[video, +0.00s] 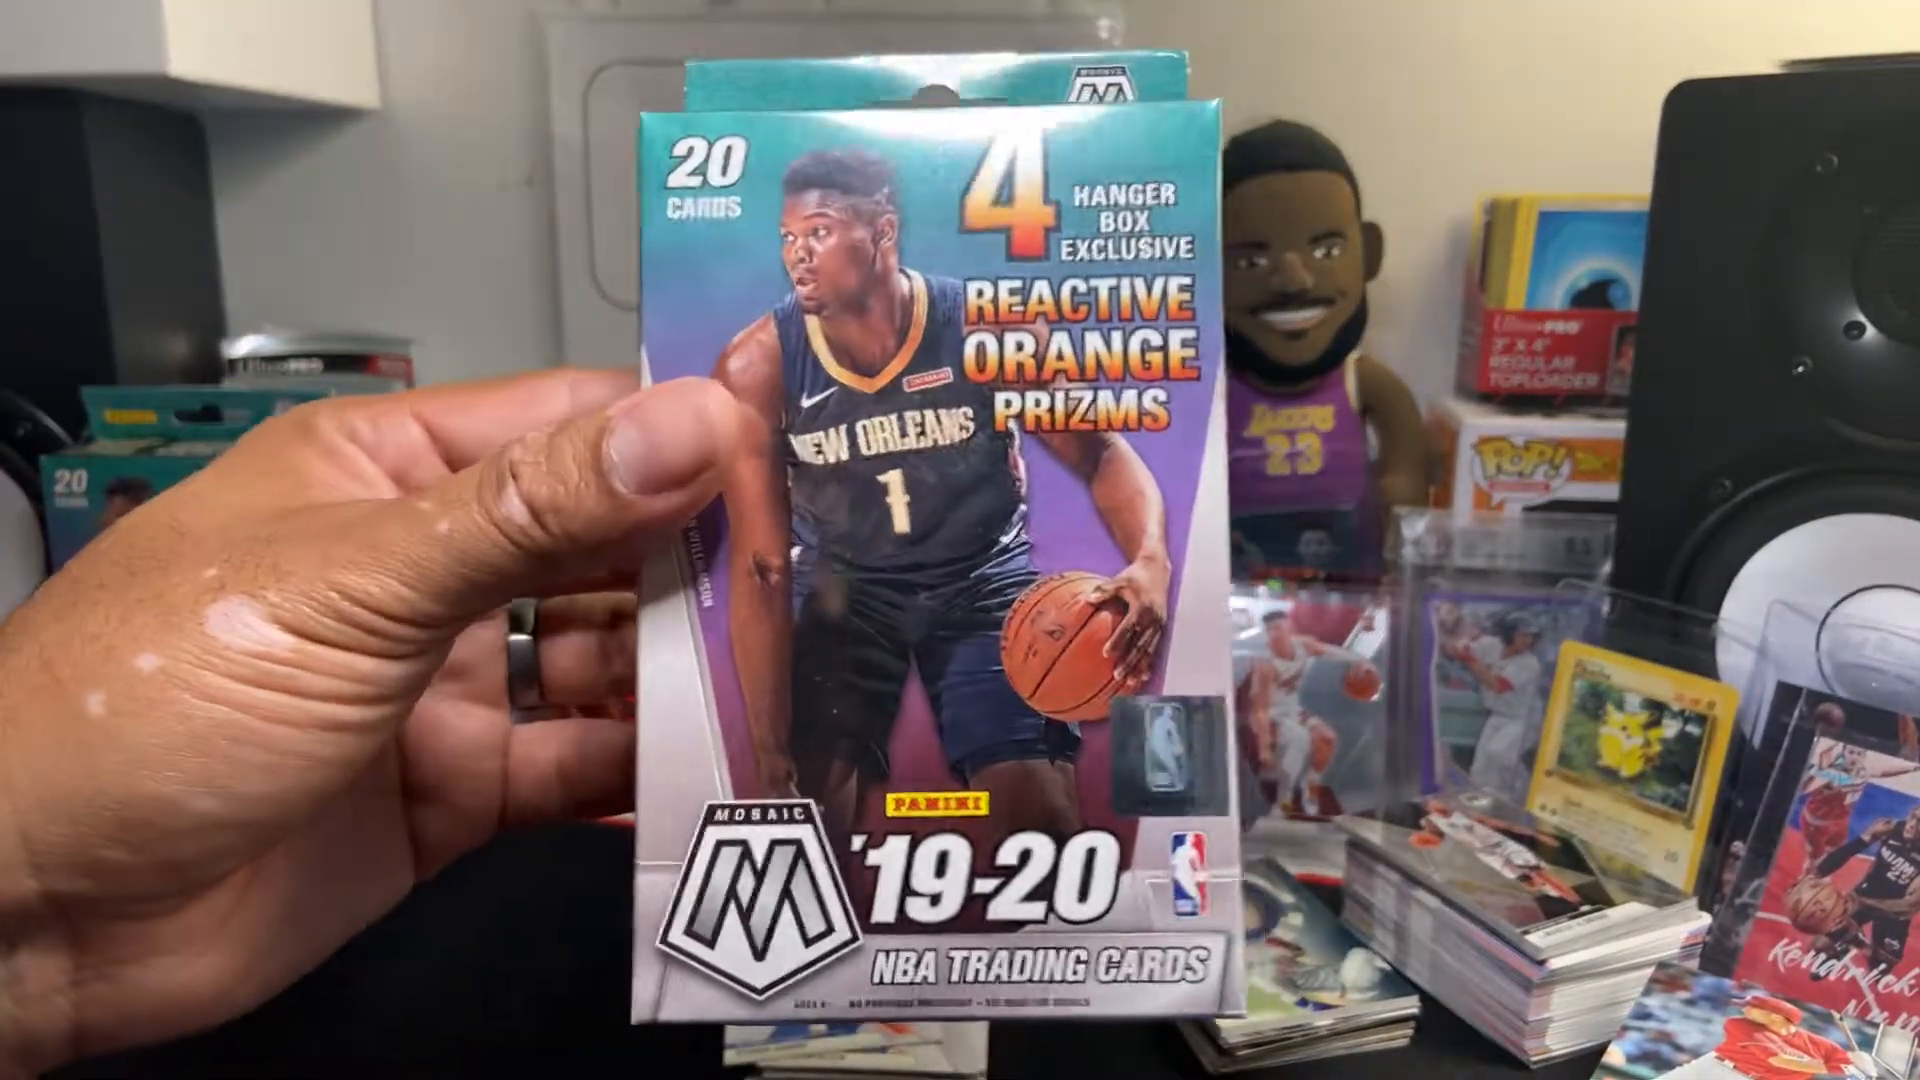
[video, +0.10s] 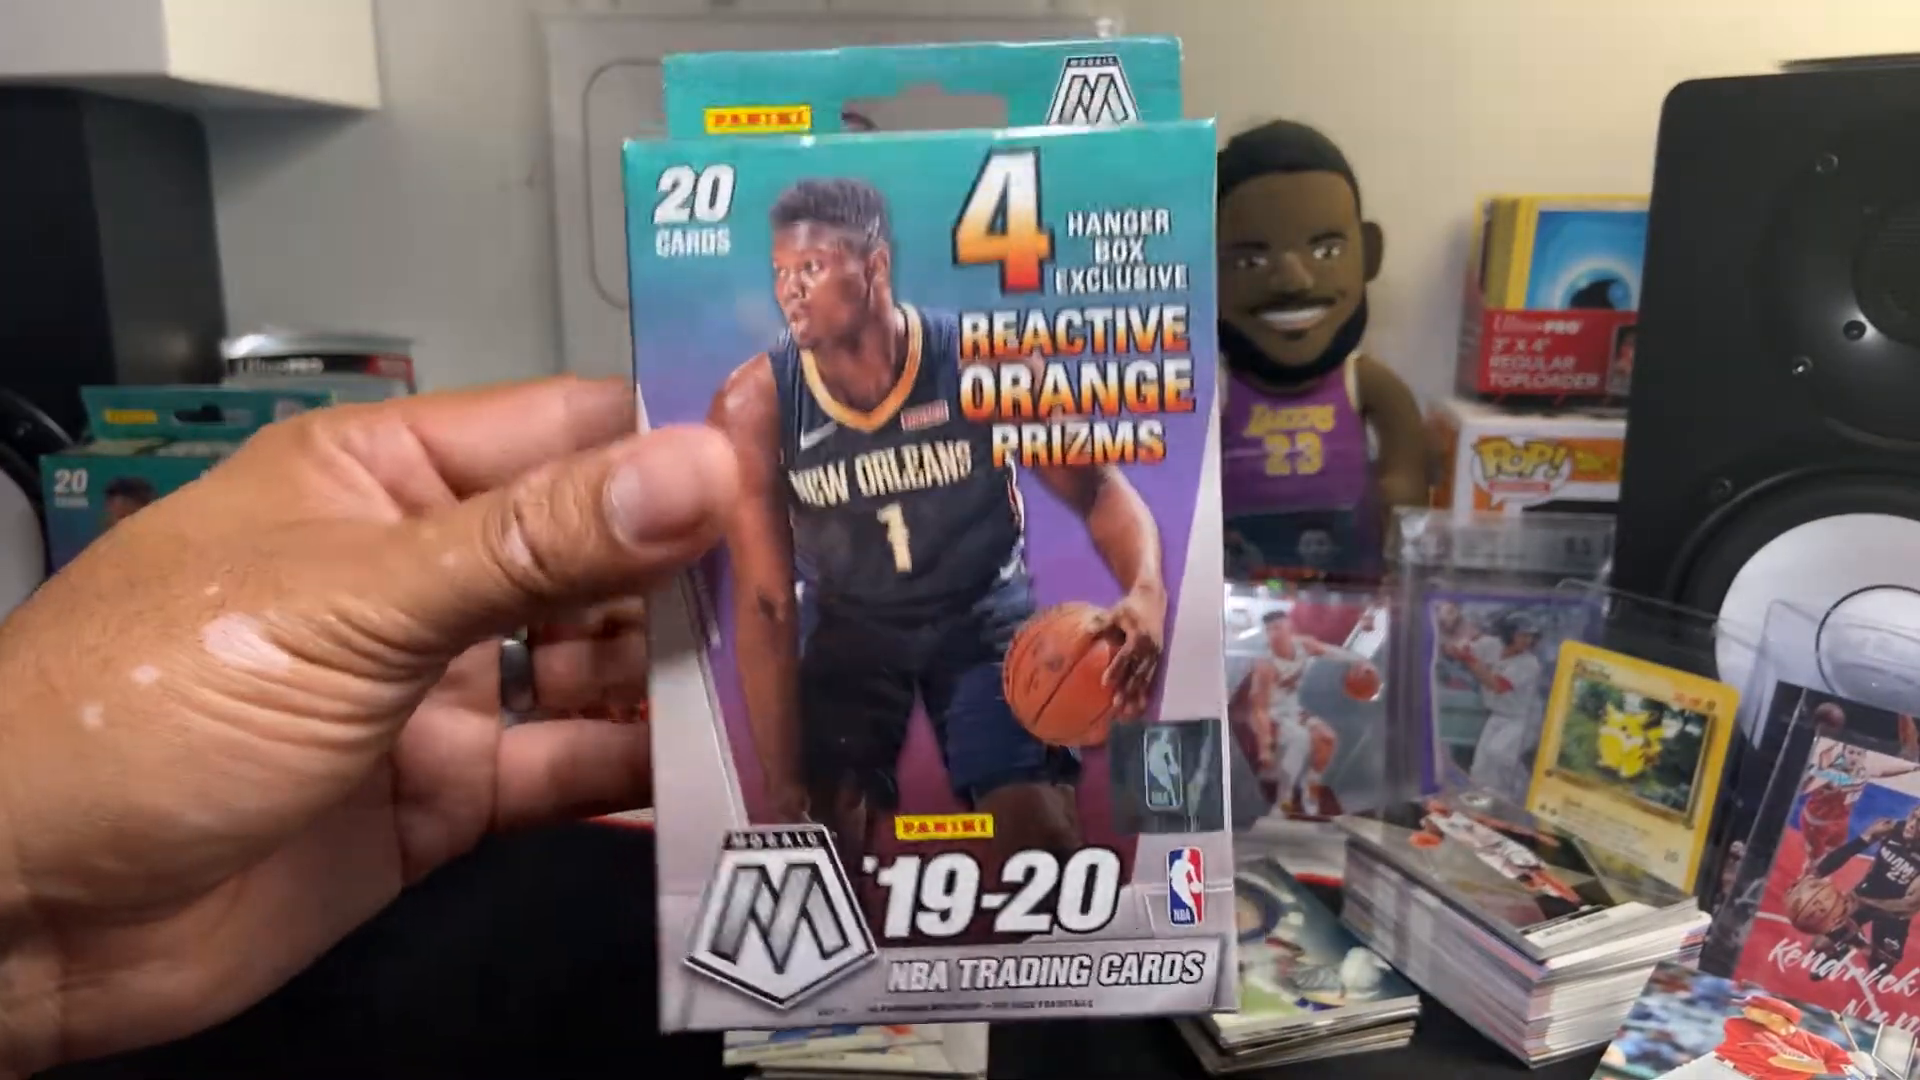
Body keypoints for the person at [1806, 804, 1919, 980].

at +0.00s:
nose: (1912, 824)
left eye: (1919, 822)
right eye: (1913, 817)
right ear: (1908, 815)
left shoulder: (1918, 857)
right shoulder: (1888, 829)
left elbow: (1910, 905)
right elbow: (1849, 850)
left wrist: (1862, 903)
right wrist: (1816, 874)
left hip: (1896, 911)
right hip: (1864, 897)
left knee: (1880, 969)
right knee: (1819, 946)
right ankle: (1841, 950)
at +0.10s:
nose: (1912, 824)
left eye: (1919, 822)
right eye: (1913, 817)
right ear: (1908, 815)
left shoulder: (1918, 857)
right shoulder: (1888, 829)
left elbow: (1910, 905)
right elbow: (1849, 850)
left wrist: (1862, 903)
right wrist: (1816, 873)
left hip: (1896, 910)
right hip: (1864, 897)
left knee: (1880, 969)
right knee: (1819, 946)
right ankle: (1841, 950)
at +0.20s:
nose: (1912, 824)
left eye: (1918, 822)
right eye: (1913, 817)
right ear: (1908, 816)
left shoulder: (1917, 856)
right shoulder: (1888, 829)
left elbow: (1910, 905)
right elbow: (1849, 850)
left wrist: (1862, 903)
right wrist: (1817, 873)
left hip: (1896, 910)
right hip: (1865, 896)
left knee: (1880, 968)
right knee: (1819, 946)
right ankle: (1841, 950)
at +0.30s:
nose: (1912, 824)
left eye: (1918, 822)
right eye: (1912, 817)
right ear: (1908, 815)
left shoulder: (1917, 857)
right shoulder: (1888, 829)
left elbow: (1910, 905)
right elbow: (1849, 850)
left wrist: (1861, 903)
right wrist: (1816, 872)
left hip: (1896, 910)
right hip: (1864, 896)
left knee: (1880, 967)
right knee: (1819, 945)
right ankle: (1840, 950)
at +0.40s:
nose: (1912, 824)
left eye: (1919, 822)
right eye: (1912, 817)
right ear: (1908, 815)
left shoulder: (1918, 858)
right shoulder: (1888, 829)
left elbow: (1909, 905)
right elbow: (1849, 849)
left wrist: (1861, 903)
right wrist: (1816, 872)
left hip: (1896, 910)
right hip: (1864, 896)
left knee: (1880, 968)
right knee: (1819, 945)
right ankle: (1840, 950)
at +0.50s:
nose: (1912, 824)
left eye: (1918, 822)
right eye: (1912, 817)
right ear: (1908, 815)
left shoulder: (1918, 857)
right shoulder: (1889, 829)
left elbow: (1909, 905)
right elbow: (1849, 849)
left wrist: (1861, 902)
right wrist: (1817, 871)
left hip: (1895, 910)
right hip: (1864, 896)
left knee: (1880, 967)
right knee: (1819, 945)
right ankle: (1841, 949)